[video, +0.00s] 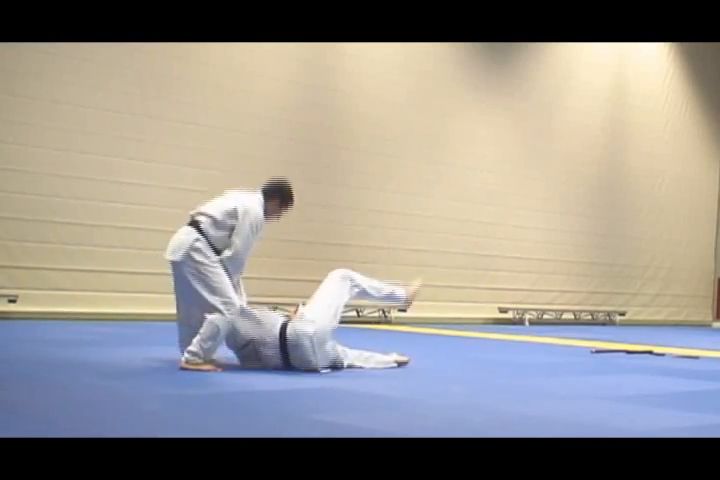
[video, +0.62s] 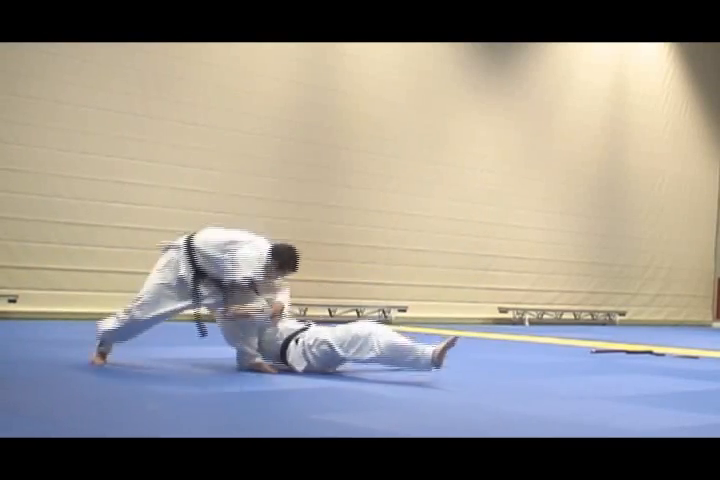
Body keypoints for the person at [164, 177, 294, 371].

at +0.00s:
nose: (280, 215)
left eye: (283, 210)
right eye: (282, 209)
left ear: (267, 193)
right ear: (275, 201)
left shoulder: (246, 200)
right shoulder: (254, 210)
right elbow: (235, 255)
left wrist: (239, 297)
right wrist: (230, 286)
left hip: (182, 243)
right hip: (195, 247)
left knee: (192, 306)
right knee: (229, 306)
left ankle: (192, 354)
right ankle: (195, 357)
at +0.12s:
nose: (278, 192)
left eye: (282, 188)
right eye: (279, 186)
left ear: (266, 174)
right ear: (270, 177)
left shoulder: (241, 182)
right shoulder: (249, 193)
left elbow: (243, 230)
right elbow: (246, 239)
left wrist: (255, 250)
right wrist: (256, 256)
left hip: (195, 240)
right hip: (206, 245)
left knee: (207, 308)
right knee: (229, 312)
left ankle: (178, 343)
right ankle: (195, 358)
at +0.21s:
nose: (282, 190)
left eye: (285, 187)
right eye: (282, 185)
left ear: (272, 174)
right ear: (273, 175)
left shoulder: (254, 185)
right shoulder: (247, 183)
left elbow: (242, 236)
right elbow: (256, 225)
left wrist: (264, 260)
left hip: (215, 240)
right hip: (203, 236)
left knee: (229, 300)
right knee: (222, 301)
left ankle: (203, 354)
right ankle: (194, 356)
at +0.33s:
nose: (295, 207)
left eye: (299, 204)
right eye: (295, 201)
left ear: (284, 193)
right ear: (286, 192)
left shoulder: (270, 214)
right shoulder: (261, 187)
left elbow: (274, 248)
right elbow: (287, 210)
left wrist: (285, 277)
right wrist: (309, 235)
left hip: (226, 246)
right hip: (199, 232)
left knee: (238, 297)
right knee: (195, 293)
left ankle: (246, 354)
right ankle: (157, 347)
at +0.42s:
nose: (299, 229)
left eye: (302, 226)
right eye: (299, 223)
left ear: (293, 213)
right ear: (292, 210)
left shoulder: (273, 236)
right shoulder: (268, 203)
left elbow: (274, 273)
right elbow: (293, 227)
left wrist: (287, 298)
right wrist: (311, 250)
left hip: (227, 265)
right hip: (199, 247)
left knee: (254, 302)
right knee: (161, 297)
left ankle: (252, 358)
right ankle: (118, 347)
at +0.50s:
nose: (296, 255)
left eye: (299, 253)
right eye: (299, 251)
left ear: (296, 238)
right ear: (299, 238)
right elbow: (291, 257)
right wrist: (293, 287)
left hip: (221, 273)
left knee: (248, 303)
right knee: (149, 307)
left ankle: (250, 359)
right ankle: (104, 338)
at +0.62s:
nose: (282, 276)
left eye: (286, 273)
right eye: (282, 272)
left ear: (281, 262)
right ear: (275, 263)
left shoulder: (271, 261)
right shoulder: (248, 264)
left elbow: (279, 290)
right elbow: (235, 305)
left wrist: (280, 304)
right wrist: (266, 309)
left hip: (214, 281)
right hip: (183, 264)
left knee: (246, 308)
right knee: (146, 311)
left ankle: (249, 358)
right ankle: (106, 337)